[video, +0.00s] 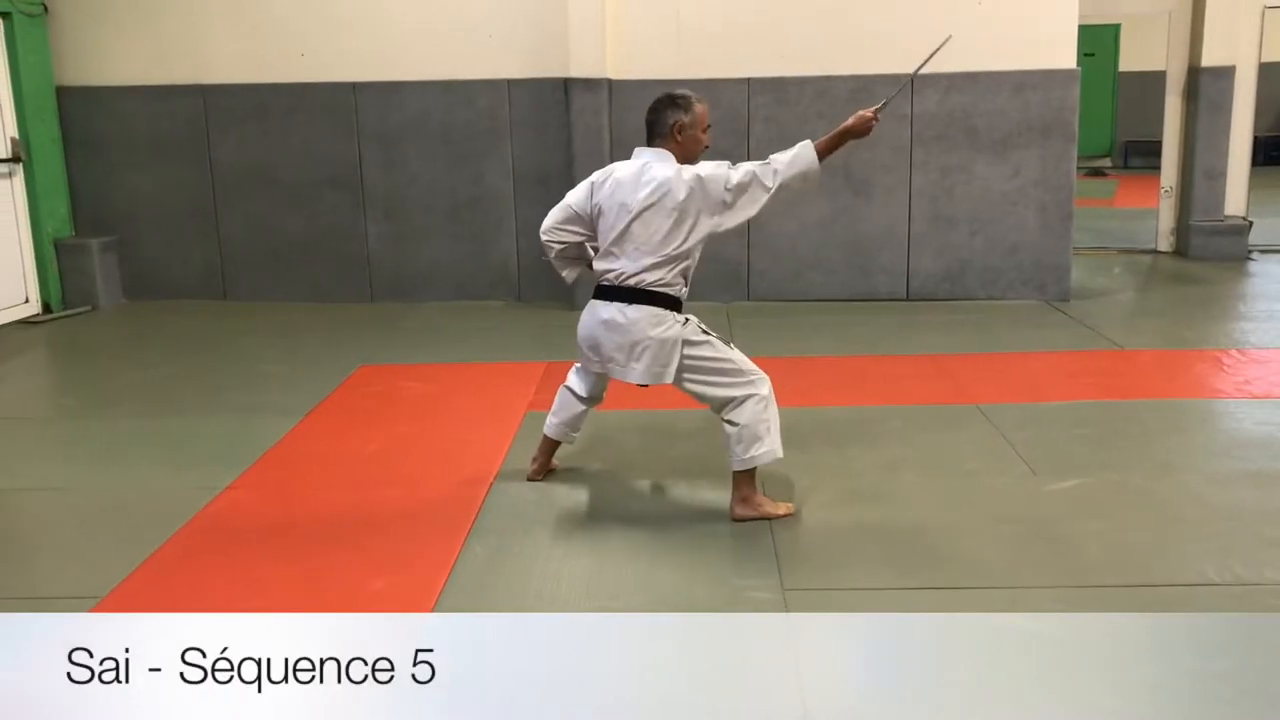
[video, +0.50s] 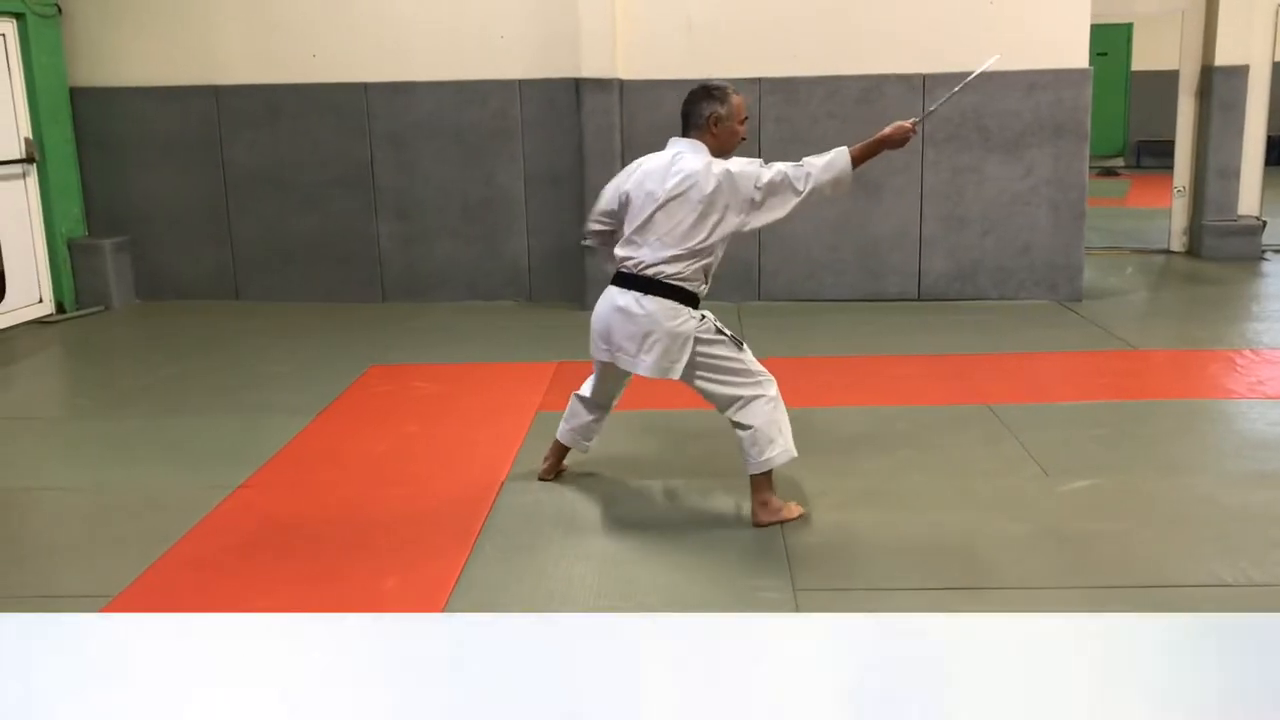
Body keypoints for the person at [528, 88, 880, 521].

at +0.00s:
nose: (709, 140)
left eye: (708, 130)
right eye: (704, 130)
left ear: (663, 132)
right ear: (677, 132)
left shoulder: (609, 177)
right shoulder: (698, 181)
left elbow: (554, 232)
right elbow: (774, 170)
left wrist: (600, 271)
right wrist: (843, 134)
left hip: (599, 317)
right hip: (655, 324)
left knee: (587, 376)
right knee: (750, 387)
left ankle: (540, 461)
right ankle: (746, 496)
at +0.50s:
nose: (745, 131)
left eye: (744, 121)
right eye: (740, 122)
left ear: (702, 122)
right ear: (713, 125)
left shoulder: (643, 168)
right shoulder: (729, 176)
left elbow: (598, 229)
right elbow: (807, 174)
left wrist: (634, 264)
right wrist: (878, 143)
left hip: (616, 304)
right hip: (671, 316)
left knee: (599, 389)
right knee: (754, 390)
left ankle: (550, 464)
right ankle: (765, 504)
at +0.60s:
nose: (758, 131)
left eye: (757, 122)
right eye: (755, 122)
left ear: (707, 122)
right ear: (738, 123)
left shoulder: (666, 164)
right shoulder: (742, 170)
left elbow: (652, 236)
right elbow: (820, 172)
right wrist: (896, 142)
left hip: (622, 294)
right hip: (677, 307)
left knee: (591, 382)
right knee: (754, 390)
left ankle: (549, 460)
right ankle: (765, 502)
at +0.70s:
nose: (761, 133)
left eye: (758, 125)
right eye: (760, 125)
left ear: (713, 122)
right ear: (750, 128)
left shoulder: (682, 160)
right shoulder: (743, 173)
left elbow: (716, 223)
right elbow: (821, 172)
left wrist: (749, 265)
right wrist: (899, 140)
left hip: (621, 296)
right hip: (676, 311)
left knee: (584, 391)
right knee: (753, 389)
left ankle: (521, 473)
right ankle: (766, 502)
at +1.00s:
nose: (717, 143)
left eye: (712, 136)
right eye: (716, 136)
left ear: (674, 126)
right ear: (712, 136)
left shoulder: (643, 165)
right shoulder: (707, 176)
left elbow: (694, 226)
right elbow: (784, 181)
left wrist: (731, 270)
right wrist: (863, 153)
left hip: (601, 305)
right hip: (665, 314)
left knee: (564, 393)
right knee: (736, 391)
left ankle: (514, 490)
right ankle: (768, 498)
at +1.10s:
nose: (631, 123)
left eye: (636, 117)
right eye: (636, 116)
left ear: (642, 122)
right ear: (682, 130)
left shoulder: (615, 161)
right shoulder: (695, 173)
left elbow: (656, 216)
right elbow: (774, 181)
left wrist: (710, 248)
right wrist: (855, 156)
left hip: (600, 313)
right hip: (668, 316)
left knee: (561, 396)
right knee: (735, 395)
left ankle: (514, 493)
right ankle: (771, 501)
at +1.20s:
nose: (606, 122)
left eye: (609, 114)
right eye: (608, 114)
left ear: (623, 119)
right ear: (658, 123)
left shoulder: (591, 160)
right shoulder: (692, 165)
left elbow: (562, 179)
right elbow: (773, 176)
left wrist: (604, 192)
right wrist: (854, 158)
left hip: (611, 317)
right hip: (680, 315)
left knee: (560, 397)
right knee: (745, 396)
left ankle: (514, 494)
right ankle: (777, 499)